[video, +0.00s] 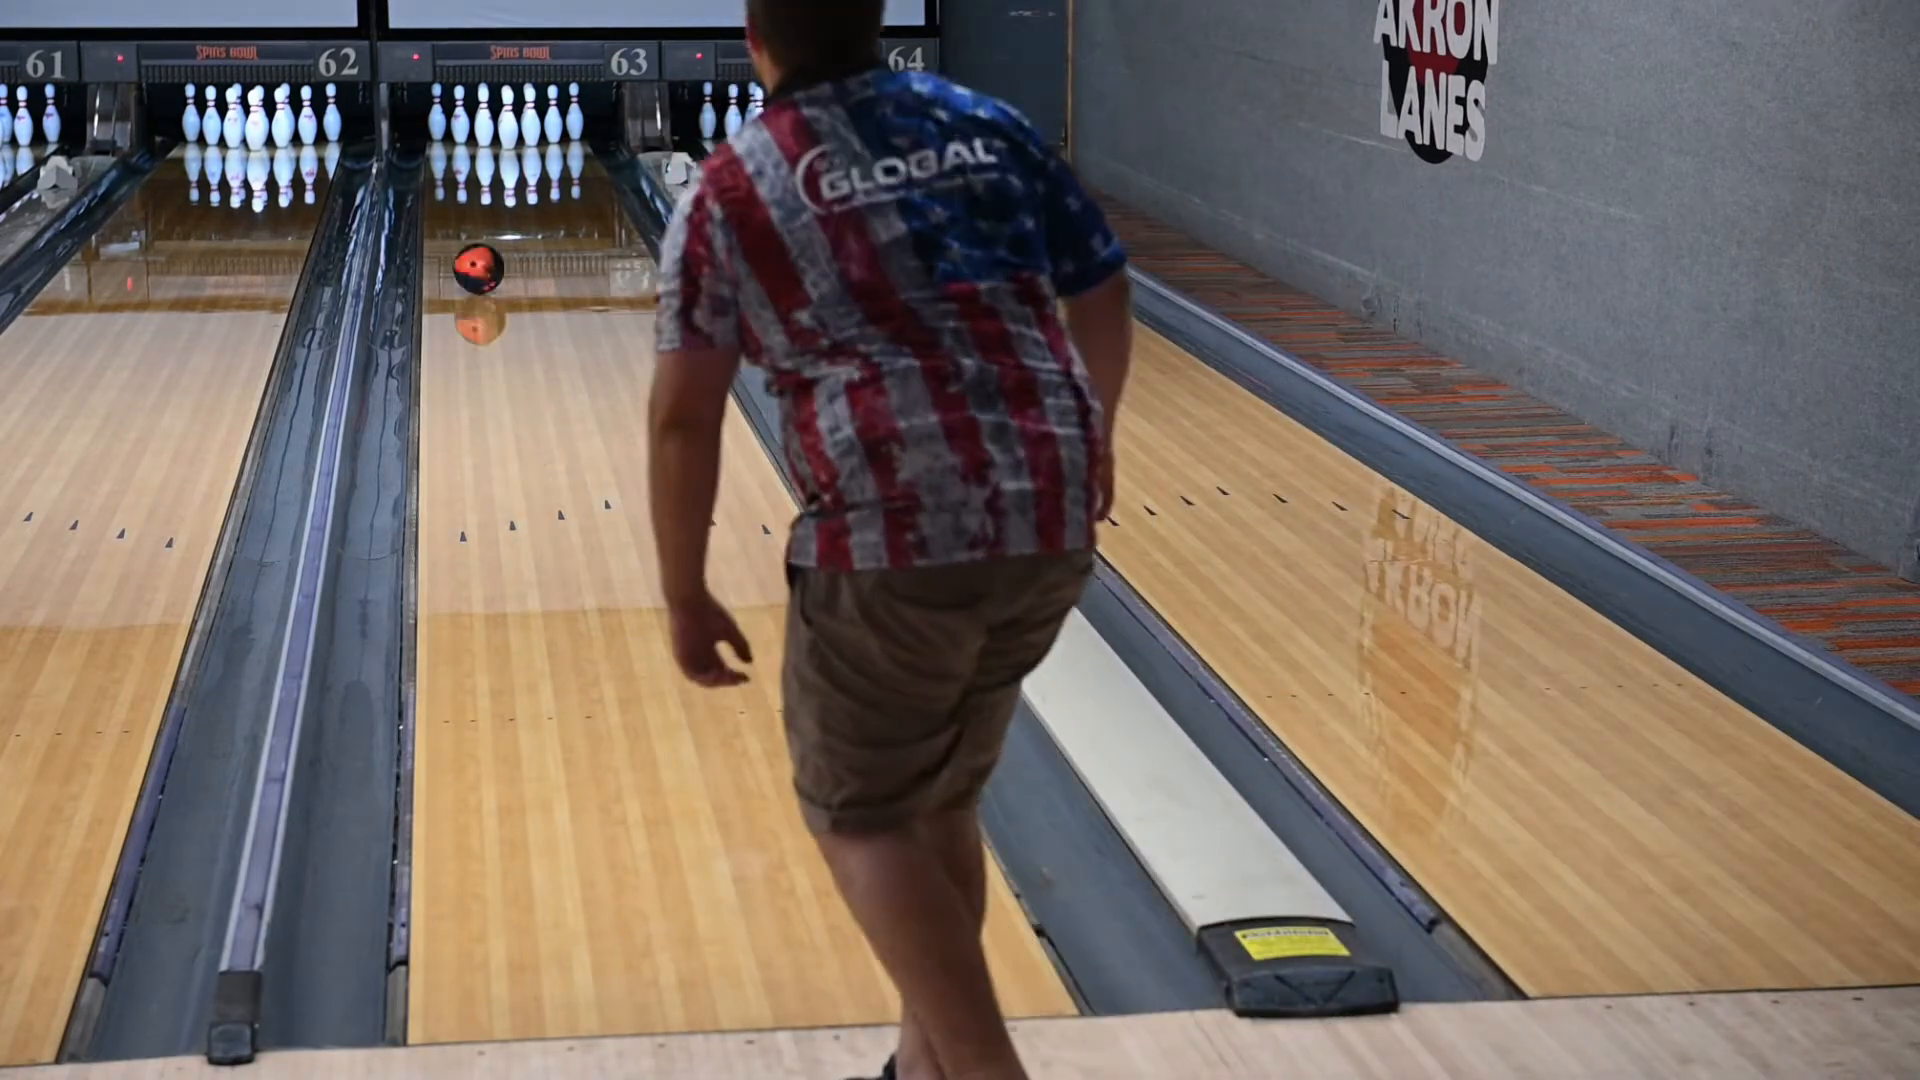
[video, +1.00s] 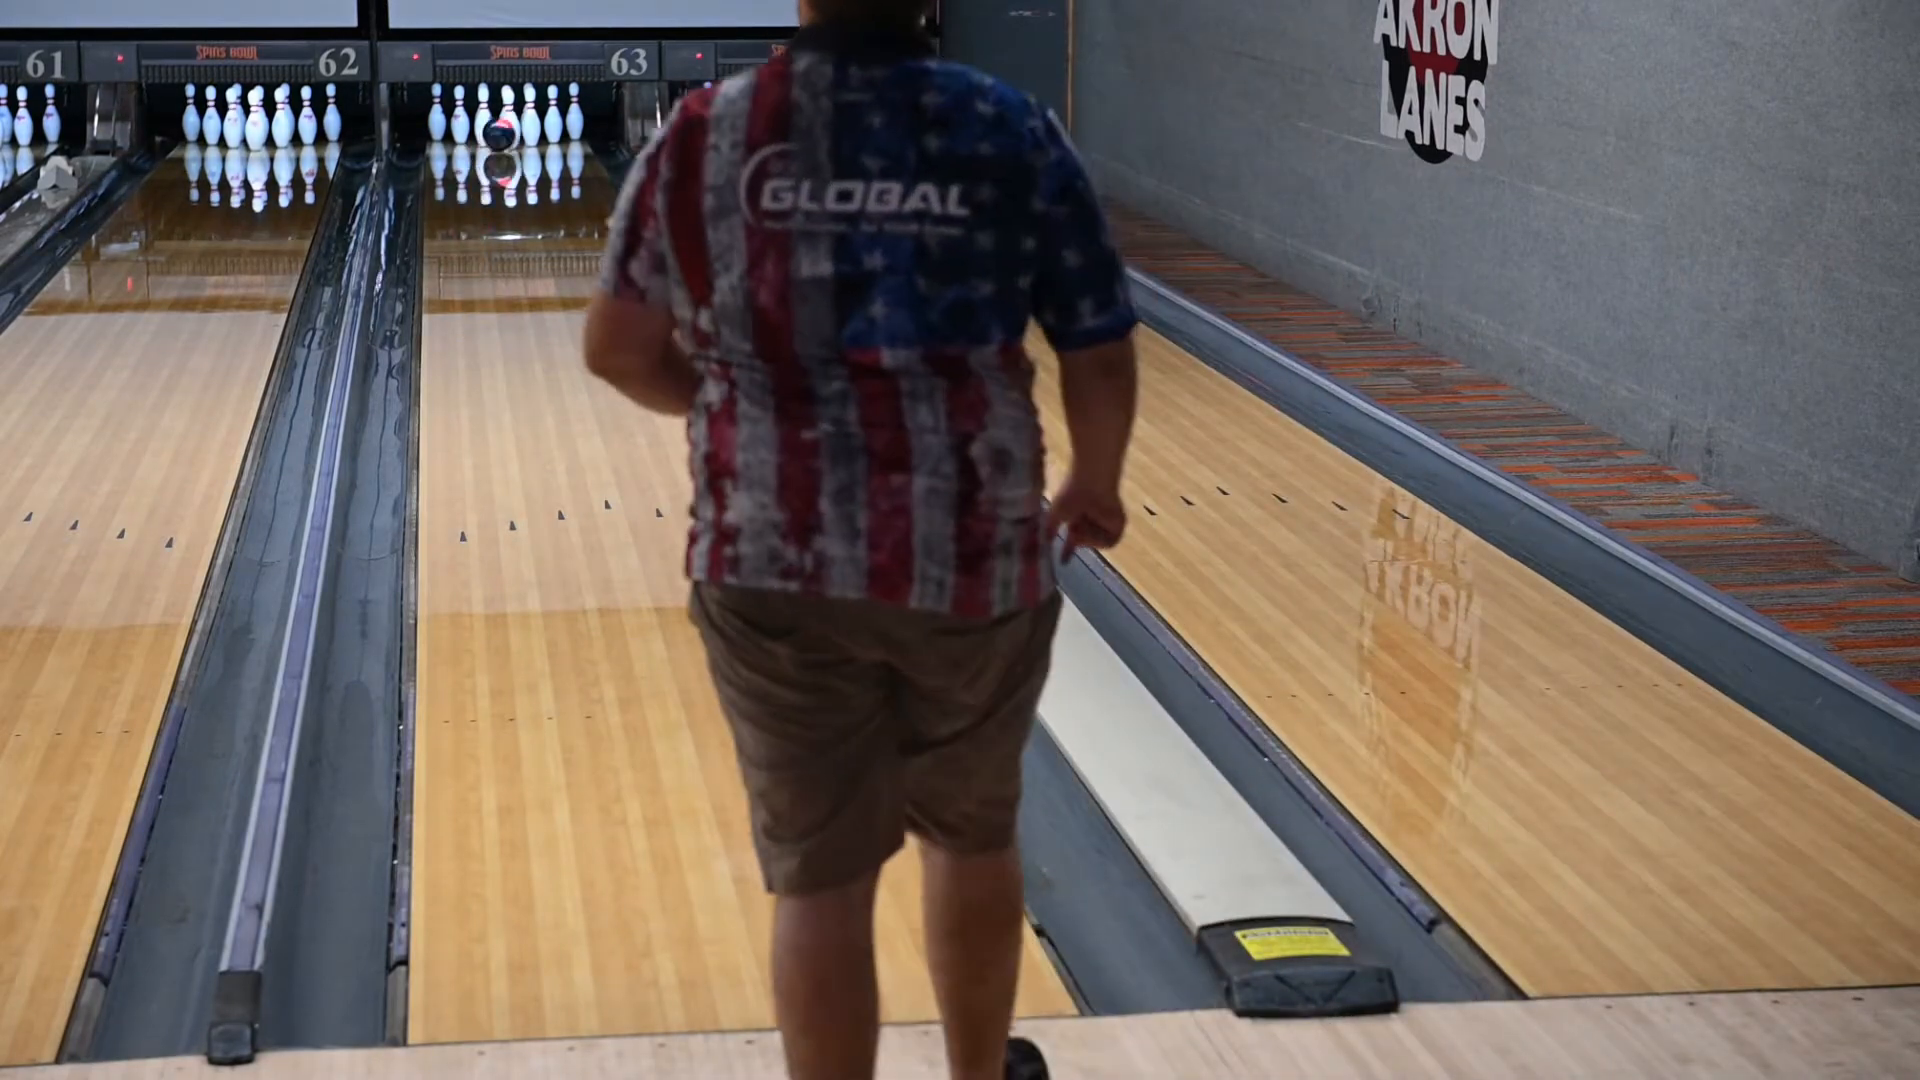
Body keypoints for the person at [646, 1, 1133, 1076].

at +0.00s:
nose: (757, 49)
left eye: (755, 37)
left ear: (759, 45)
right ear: (877, 29)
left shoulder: (733, 185)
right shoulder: (987, 126)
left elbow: (684, 415)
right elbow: (1102, 293)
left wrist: (684, 591)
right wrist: (1089, 443)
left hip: (893, 537)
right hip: (1052, 519)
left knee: (861, 810)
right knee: (948, 799)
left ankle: (988, 1072)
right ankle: (927, 1063)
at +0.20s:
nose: (776, 33)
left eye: (774, 22)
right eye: (787, 22)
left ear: (786, 25)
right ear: (901, 15)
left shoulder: (752, 176)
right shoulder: (1011, 120)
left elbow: (695, 404)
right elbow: (1109, 293)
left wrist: (674, 556)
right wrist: (1057, 421)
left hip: (873, 550)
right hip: (1032, 533)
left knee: (821, 798)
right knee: (937, 794)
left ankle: (920, 1065)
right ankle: (932, 1059)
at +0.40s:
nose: (796, 22)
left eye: (797, 12)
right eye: (806, 12)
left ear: (810, 16)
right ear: (928, 6)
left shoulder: (762, 162)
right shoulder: (1027, 117)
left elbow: (711, 392)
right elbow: (1117, 296)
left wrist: (731, 496)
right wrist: (1062, 423)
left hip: (857, 547)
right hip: (1027, 531)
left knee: (801, 786)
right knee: (943, 790)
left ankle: (887, 1066)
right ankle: (936, 1064)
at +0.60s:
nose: (803, 19)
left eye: (805, 10)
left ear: (818, 10)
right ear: (937, 2)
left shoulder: (759, 147)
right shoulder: (1036, 123)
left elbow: (685, 378)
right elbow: (1120, 302)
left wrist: (779, 395)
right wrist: (1093, 434)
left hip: (835, 548)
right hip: (1014, 535)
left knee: (807, 817)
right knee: (954, 803)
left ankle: (827, 1073)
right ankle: (938, 1067)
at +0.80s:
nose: (801, 20)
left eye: (803, 13)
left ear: (811, 12)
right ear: (937, 8)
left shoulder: (734, 146)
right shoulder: (1022, 136)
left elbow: (644, 364)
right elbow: (1108, 335)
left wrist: (731, 386)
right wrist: (1102, 467)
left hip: (797, 554)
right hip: (984, 552)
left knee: (822, 864)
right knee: (953, 831)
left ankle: (836, 1072)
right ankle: (941, 1071)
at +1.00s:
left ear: (801, 1)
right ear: (930, 4)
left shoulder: (704, 129)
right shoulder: (1009, 130)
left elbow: (618, 344)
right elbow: (1100, 344)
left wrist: (724, 396)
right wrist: (1096, 480)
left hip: (770, 550)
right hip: (973, 552)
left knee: (817, 874)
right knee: (973, 833)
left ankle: (828, 1071)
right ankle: (981, 1070)